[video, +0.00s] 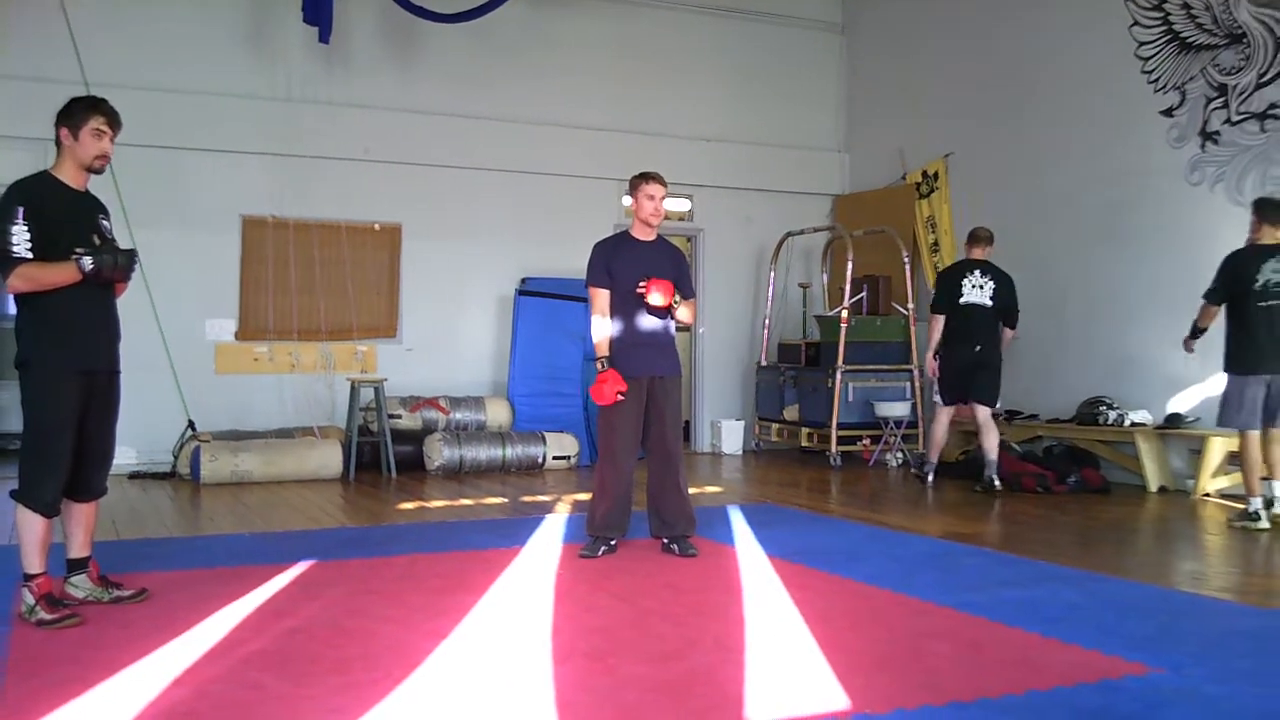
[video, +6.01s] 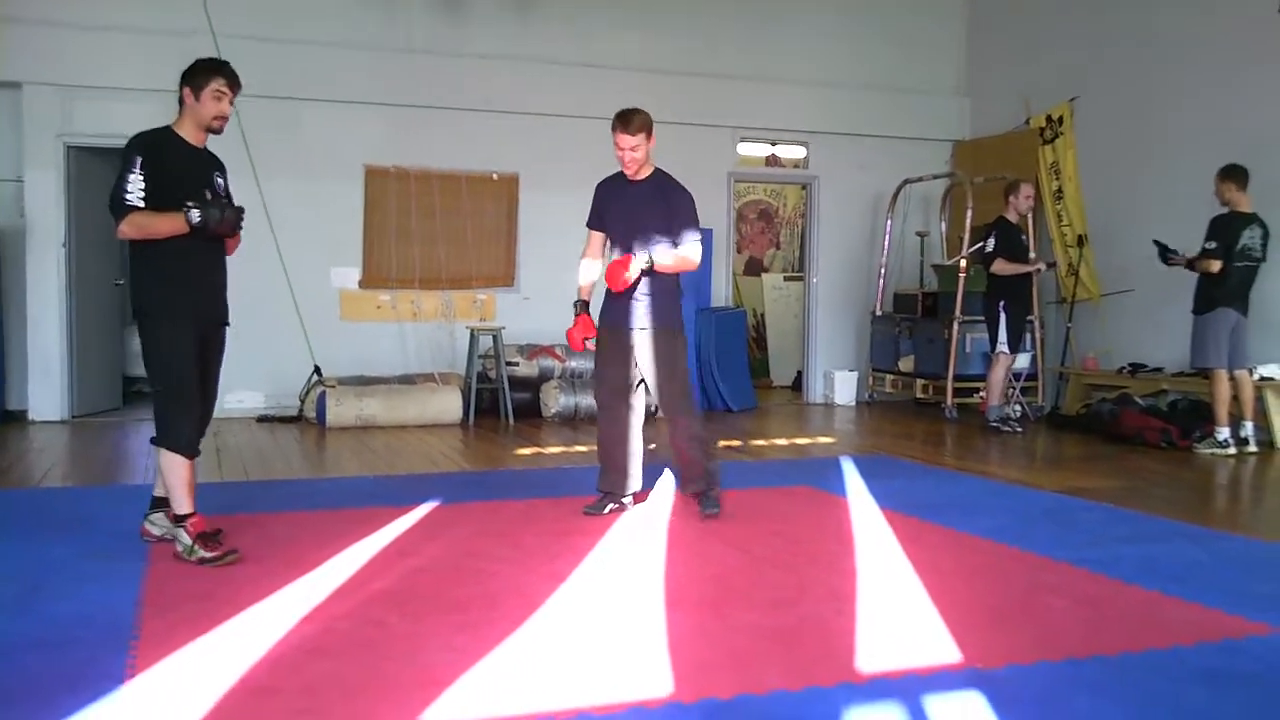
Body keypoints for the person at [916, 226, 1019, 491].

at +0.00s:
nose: (977, 251)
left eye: (972, 246)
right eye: (984, 247)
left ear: (967, 245)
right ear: (990, 248)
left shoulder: (949, 274)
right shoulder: (1003, 279)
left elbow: (938, 318)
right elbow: (1010, 328)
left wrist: (930, 353)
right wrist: (997, 350)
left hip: (953, 352)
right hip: (988, 354)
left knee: (944, 412)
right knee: (984, 414)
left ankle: (929, 468)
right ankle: (991, 474)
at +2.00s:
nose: (933, 270)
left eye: (933, 266)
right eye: (931, 265)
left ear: (913, 262)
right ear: (920, 263)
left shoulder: (890, 284)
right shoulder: (911, 290)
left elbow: (885, 322)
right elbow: (915, 332)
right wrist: (936, 356)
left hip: (879, 352)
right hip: (898, 354)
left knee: (876, 407)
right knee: (915, 405)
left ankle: (869, 461)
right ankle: (916, 463)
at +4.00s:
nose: (975, 260)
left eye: (975, 255)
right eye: (972, 255)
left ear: (958, 256)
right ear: (959, 256)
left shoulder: (955, 284)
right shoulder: (945, 284)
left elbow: (958, 322)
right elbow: (951, 324)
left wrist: (982, 330)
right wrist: (985, 333)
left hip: (956, 351)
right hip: (947, 352)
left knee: (951, 406)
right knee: (951, 405)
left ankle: (946, 460)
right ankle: (944, 463)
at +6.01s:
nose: (1031, 203)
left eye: (1032, 198)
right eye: (1027, 198)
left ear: (1018, 201)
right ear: (1011, 199)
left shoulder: (1017, 230)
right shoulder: (998, 227)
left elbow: (1014, 263)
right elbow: (994, 265)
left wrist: (1038, 265)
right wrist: (1030, 267)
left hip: (1015, 301)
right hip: (1002, 301)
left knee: (1007, 357)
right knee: (1003, 356)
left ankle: (998, 409)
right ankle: (993, 413)